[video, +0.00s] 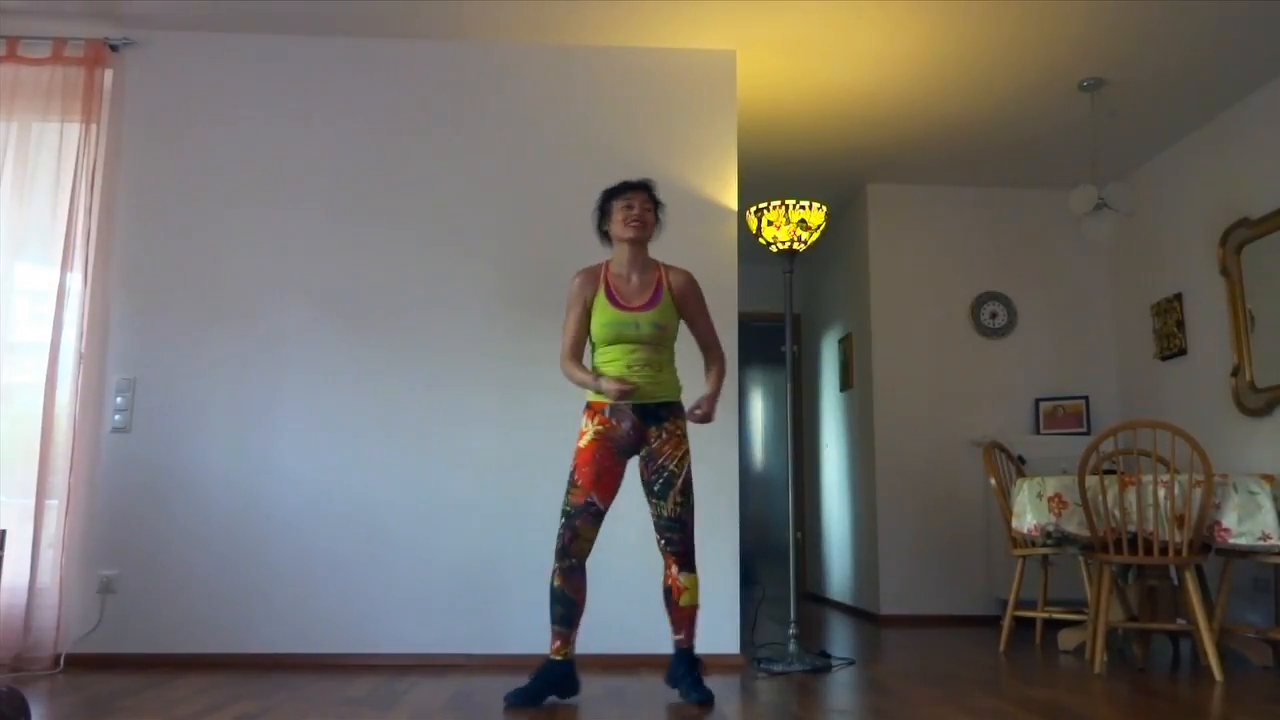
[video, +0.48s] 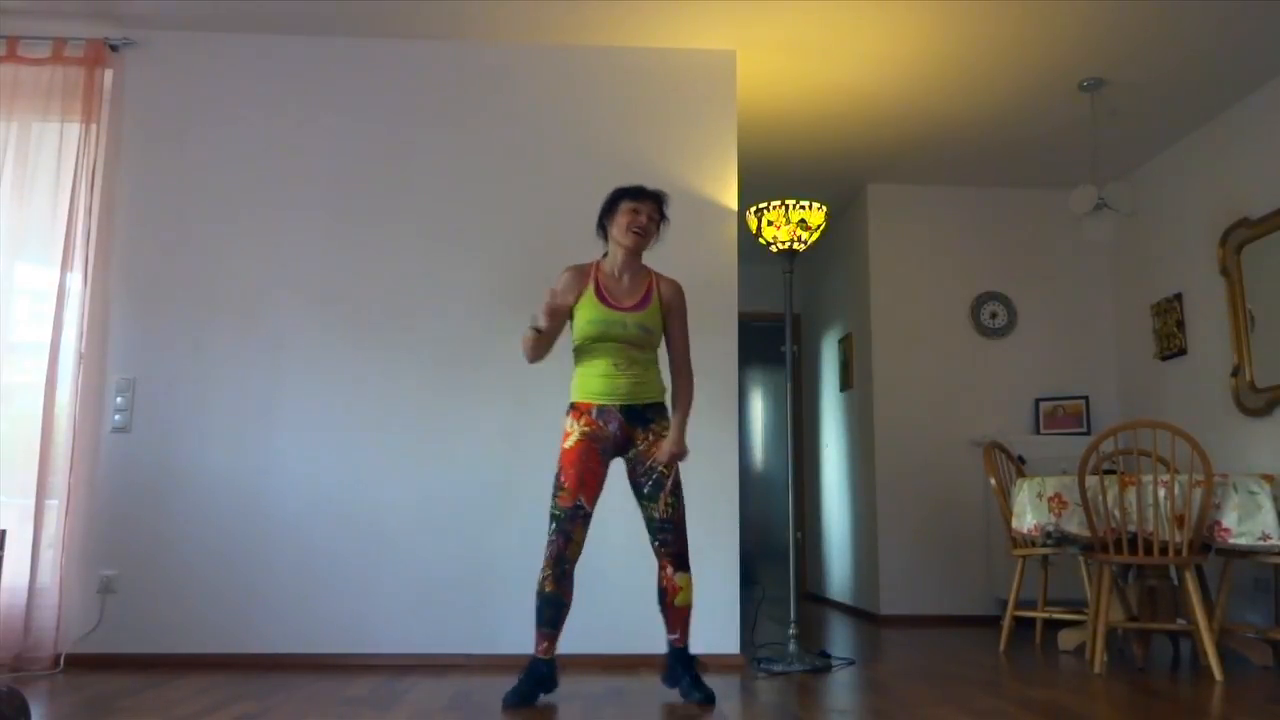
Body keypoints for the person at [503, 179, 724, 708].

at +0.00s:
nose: (636, 213)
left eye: (645, 207)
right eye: (626, 207)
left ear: (656, 222)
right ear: (606, 223)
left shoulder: (678, 284)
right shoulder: (588, 283)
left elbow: (714, 355)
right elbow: (569, 361)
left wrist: (710, 395)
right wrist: (599, 383)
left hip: (664, 421)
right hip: (605, 421)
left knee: (676, 541)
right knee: (571, 540)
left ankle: (685, 662)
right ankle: (559, 664)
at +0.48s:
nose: (640, 220)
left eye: (650, 217)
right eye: (632, 211)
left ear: (657, 233)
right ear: (608, 222)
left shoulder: (666, 291)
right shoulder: (577, 279)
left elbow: (681, 370)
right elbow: (534, 352)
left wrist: (678, 433)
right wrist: (549, 318)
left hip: (650, 421)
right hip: (588, 419)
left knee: (671, 541)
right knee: (563, 539)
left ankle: (679, 660)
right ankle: (542, 663)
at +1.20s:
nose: (668, 247)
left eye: (677, 242)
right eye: (660, 236)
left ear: (680, 253)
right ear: (632, 239)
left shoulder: (687, 310)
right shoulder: (600, 297)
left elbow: (706, 395)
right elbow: (592, 379)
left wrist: (690, 442)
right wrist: (605, 318)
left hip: (677, 440)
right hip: (619, 440)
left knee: (692, 559)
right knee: (557, 547)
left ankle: (709, 667)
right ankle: (563, 669)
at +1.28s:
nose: (665, 244)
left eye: (674, 240)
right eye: (656, 233)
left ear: (678, 250)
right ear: (630, 237)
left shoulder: (686, 308)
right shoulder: (599, 296)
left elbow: (703, 391)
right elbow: (584, 376)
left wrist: (687, 439)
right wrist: (597, 316)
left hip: (672, 436)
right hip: (614, 435)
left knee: (690, 556)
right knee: (560, 547)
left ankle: (708, 665)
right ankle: (557, 666)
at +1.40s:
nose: (649, 232)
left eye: (659, 226)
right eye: (641, 221)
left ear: (666, 236)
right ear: (617, 226)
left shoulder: (675, 296)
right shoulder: (587, 284)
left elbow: (689, 379)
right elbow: (557, 363)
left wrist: (668, 431)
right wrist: (573, 300)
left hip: (659, 427)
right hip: (597, 426)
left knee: (680, 545)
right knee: (560, 545)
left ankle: (700, 661)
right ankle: (545, 663)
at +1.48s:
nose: (636, 228)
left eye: (644, 222)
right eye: (627, 218)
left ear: (652, 232)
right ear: (602, 222)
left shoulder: (662, 290)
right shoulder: (575, 281)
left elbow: (678, 376)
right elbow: (537, 357)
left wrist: (654, 429)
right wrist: (548, 297)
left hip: (643, 424)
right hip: (584, 420)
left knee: (677, 542)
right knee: (558, 539)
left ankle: (682, 659)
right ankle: (533, 663)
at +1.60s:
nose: (608, 237)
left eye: (617, 230)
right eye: (598, 228)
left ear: (626, 241)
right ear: (576, 238)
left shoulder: (646, 299)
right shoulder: (558, 299)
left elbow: (660, 385)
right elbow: (529, 380)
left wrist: (635, 441)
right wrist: (511, 326)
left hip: (623, 439)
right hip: (565, 434)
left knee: (674, 549)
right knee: (545, 546)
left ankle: (660, 667)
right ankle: (525, 670)